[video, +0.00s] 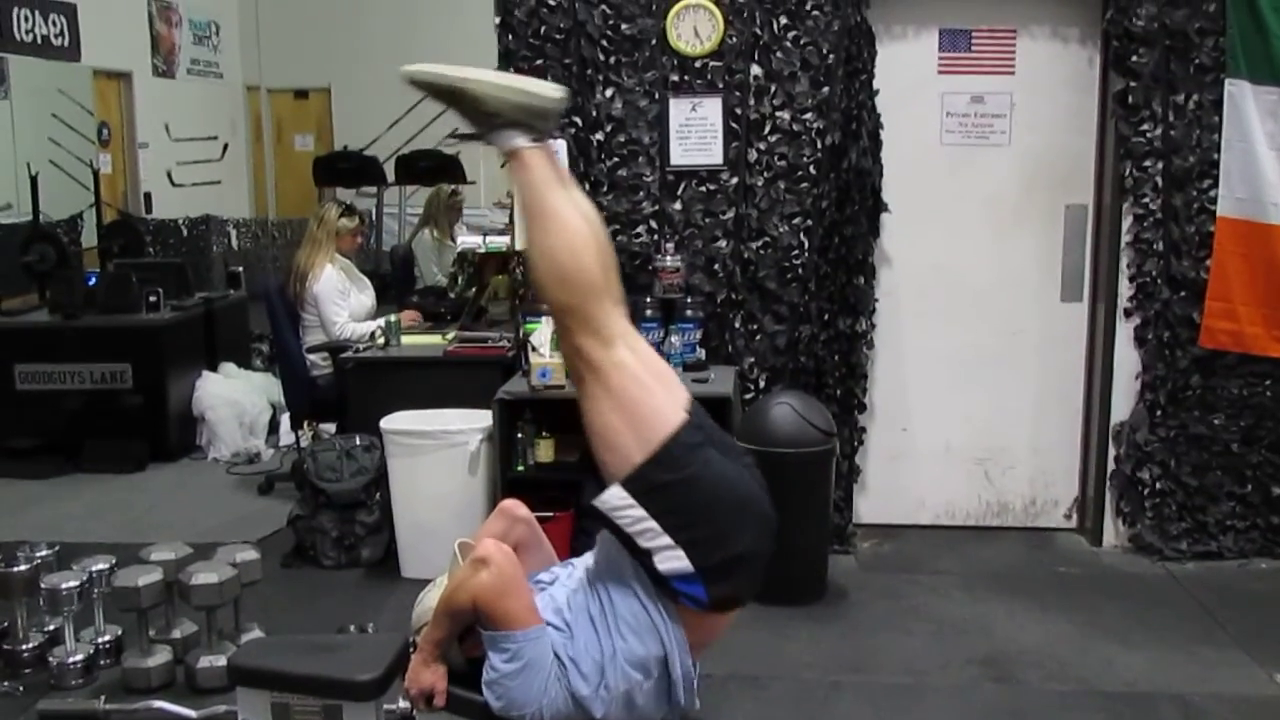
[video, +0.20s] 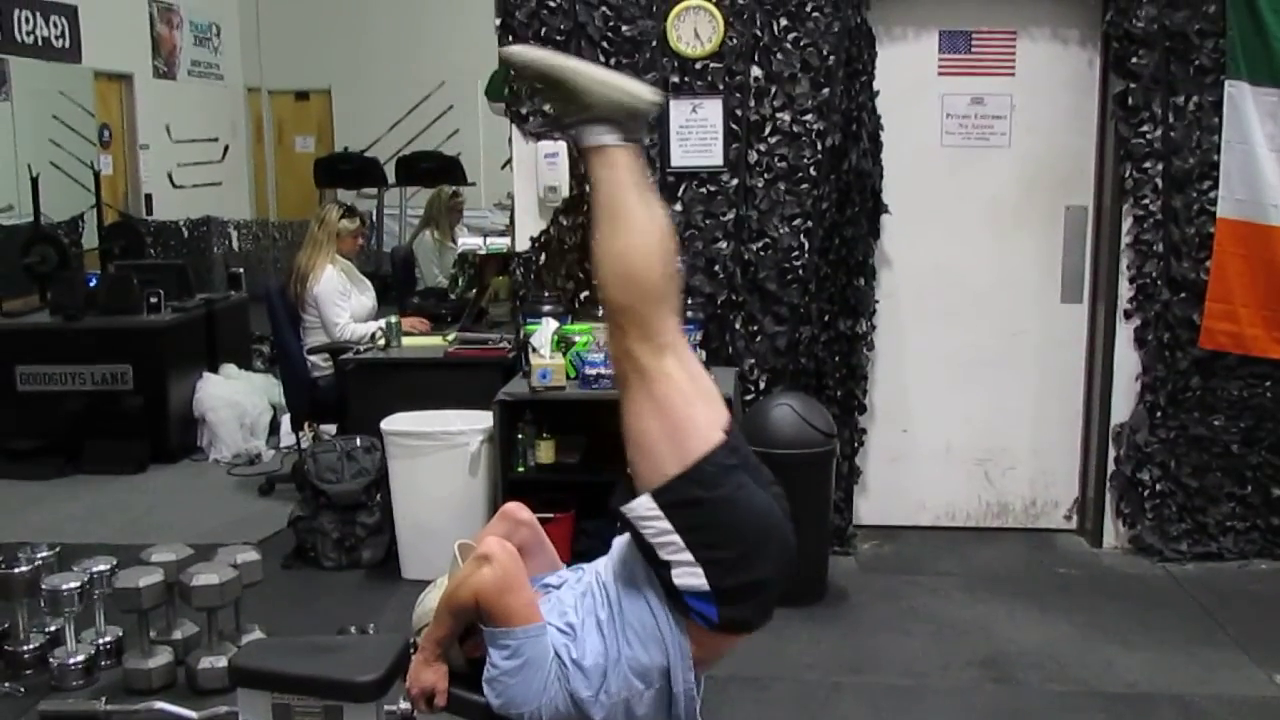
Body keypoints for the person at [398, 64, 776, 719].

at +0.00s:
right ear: (476, 639)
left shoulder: (555, 606)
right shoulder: (529, 683)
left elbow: (514, 517)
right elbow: (488, 565)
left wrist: (440, 635)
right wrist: (435, 644)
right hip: (706, 556)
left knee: (600, 334)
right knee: (593, 338)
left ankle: (540, 146)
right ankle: (520, 142)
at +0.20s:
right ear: (474, 643)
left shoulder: (561, 604)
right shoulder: (526, 681)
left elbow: (517, 519)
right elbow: (490, 559)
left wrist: (451, 613)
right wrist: (435, 646)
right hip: (716, 572)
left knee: (654, 338)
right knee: (643, 340)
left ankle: (610, 135)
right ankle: (606, 132)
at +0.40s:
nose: (481, 631)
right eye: (473, 625)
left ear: (486, 628)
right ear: (484, 641)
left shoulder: (561, 609)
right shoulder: (527, 677)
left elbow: (517, 521)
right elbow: (493, 555)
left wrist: (453, 615)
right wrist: (436, 646)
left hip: (746, 570)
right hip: (728, 583)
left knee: (704, 354)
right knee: (692, 355)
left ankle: (695, 141)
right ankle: (692, 138)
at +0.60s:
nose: (479, 559)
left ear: (479, 629)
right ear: (479, 635)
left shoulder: (563, 607)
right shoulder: (530, 675)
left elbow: (518, 518)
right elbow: (492, 556)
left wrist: (456, 607)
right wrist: (436, 646)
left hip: (748, 580)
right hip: (742, 595)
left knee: (735, 369)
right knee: (727, 370)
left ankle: (763, 155)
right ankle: (762, 154)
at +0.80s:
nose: (475, 548)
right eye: (469, 561)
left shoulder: (558, 618)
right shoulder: (530, 672)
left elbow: (519, 516)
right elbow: (495, 553)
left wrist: (443, 626)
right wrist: (439, 639)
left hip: (744, 588)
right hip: (749, 605)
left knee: (757, 372)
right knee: (753, 372)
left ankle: (807, 164)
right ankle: (805, 161)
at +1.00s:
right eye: (461, 621)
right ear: (479, 637)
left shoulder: (561, 604)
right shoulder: (530, 668)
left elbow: (517, 514)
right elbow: (492, 548)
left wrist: (455, 608)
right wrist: (438, 638)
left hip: (746, 595)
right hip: (753, 615)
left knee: (771, 377)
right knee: (769, 376)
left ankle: (835, 172)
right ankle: (836, 172)